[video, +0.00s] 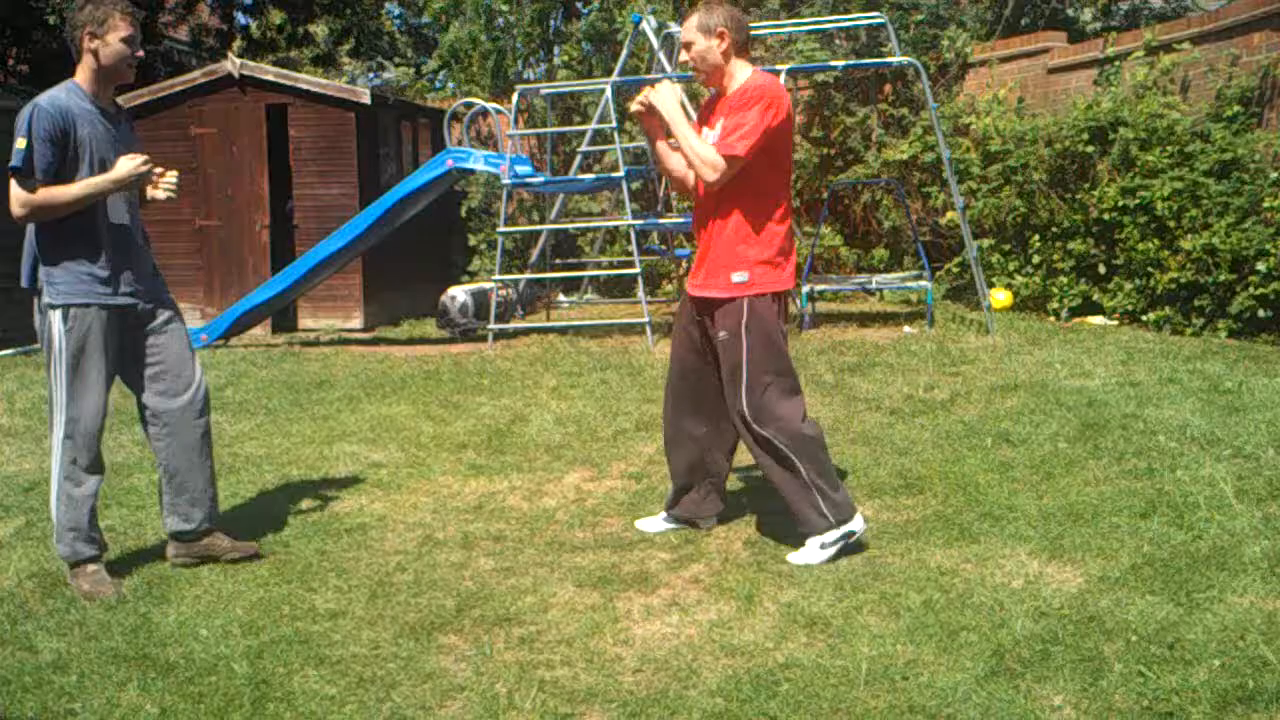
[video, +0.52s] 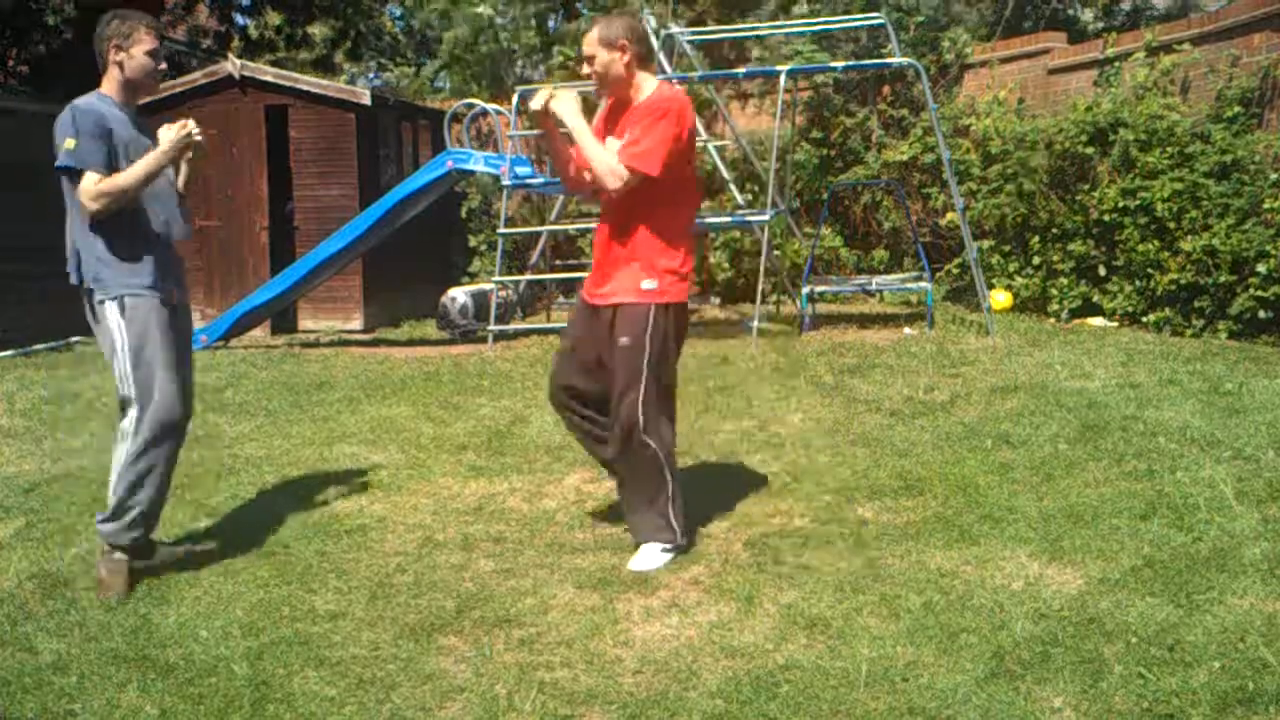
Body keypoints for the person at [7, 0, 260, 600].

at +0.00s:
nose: (139, 52)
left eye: (139, 43)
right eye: (129, 41)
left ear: (114, 49)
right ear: (90, 45)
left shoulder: (122, 121)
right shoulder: (47, 110)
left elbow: (115, 206)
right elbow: (22, 203)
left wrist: (148, 191)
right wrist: (112, 181)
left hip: (138, 285)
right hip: (76, 292)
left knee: (182, 397)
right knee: (79, 427)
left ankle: (191, 534)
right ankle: (83, 557)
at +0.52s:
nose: (163, 64)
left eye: (163, 54)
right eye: (154, 54)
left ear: (128, 57)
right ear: (118, 55)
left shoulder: (139, 125)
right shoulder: (85, 113)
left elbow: (164, 208)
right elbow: (94, 197)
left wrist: (183, 155)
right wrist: (164, 152)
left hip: (162, 284)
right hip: (123, 286)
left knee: (172, 409)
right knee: (157, 406)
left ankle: (138, 540)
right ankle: (117, 538)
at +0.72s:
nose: (177, 63)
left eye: (177, 53)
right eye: (168, 53)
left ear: (147, 57)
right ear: (133, 56)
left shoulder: (151, 116)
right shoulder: (110, 110)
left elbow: (181, 191)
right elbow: (142, 185)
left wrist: (194, 135)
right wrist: (190, 130)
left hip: (162, 276)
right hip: (141, 278)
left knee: (155, 404)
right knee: (204, 391)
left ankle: (126, 534)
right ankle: (207, 538)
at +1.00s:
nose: (207, 72)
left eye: (208, 61)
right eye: (199, 60)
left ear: (172, 64)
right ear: (163, 61)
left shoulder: (176, 124)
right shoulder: (137, 119)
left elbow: (212, 208)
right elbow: (173, 199)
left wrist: (242, 153)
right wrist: (208, 138)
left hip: (193, 285)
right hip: (180, 289)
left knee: (188, 413)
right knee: (247, 406)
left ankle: (131, 533)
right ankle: (276, 542)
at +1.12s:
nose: (219, 68)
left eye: (220, 58)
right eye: (209, 58)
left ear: (188, 62)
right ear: (173, 60)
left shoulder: (208, 123)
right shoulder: (136, 120)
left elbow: (278, 167)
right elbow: (149, 206)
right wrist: (195, 139)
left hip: (213, 284)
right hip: (187, 286)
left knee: (207, 410)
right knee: (251, 402)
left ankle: (136, 527)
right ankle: (273, 542)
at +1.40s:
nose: (220, 74)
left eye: (222, 64)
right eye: (210, 63)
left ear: (211, 66)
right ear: (173, 63)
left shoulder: (206, 129)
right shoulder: (140, 124)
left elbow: (267, 202)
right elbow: (172, 199)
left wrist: (278, 159)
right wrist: (207, 134)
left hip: (222, 282)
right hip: (195, 286)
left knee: (208, 409)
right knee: (270, 400)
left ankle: (133, 527)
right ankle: (278, 542)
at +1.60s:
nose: (216, 70)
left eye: (217, 61)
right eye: (205, 60)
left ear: (175, 65)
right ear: (168, 60)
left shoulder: (153, 114)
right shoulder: (157, 112)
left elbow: (203, 186)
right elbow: (206, 184)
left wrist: (229, 127)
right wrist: (230, 119)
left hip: (151, 288)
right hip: (180, 288)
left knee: (168, 411)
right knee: (237, 407)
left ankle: (116, 531)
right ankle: (273, 544)